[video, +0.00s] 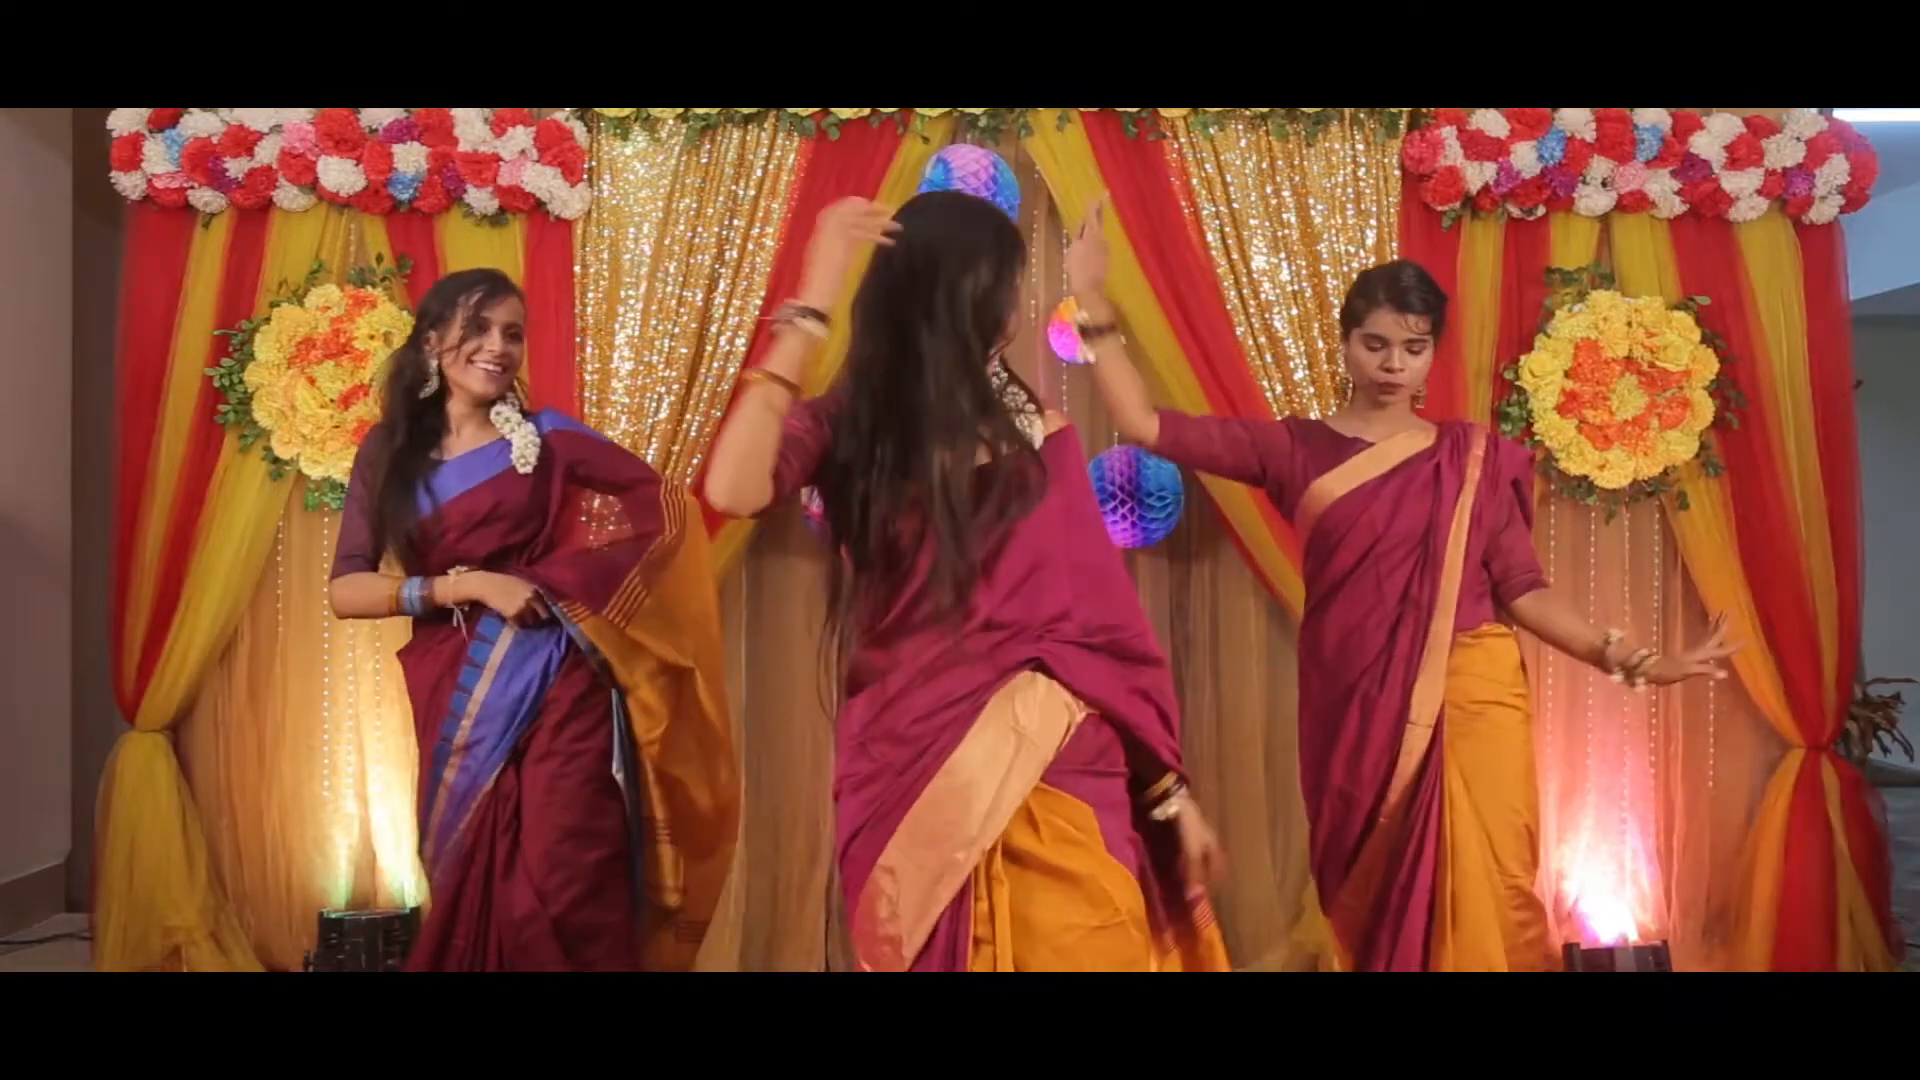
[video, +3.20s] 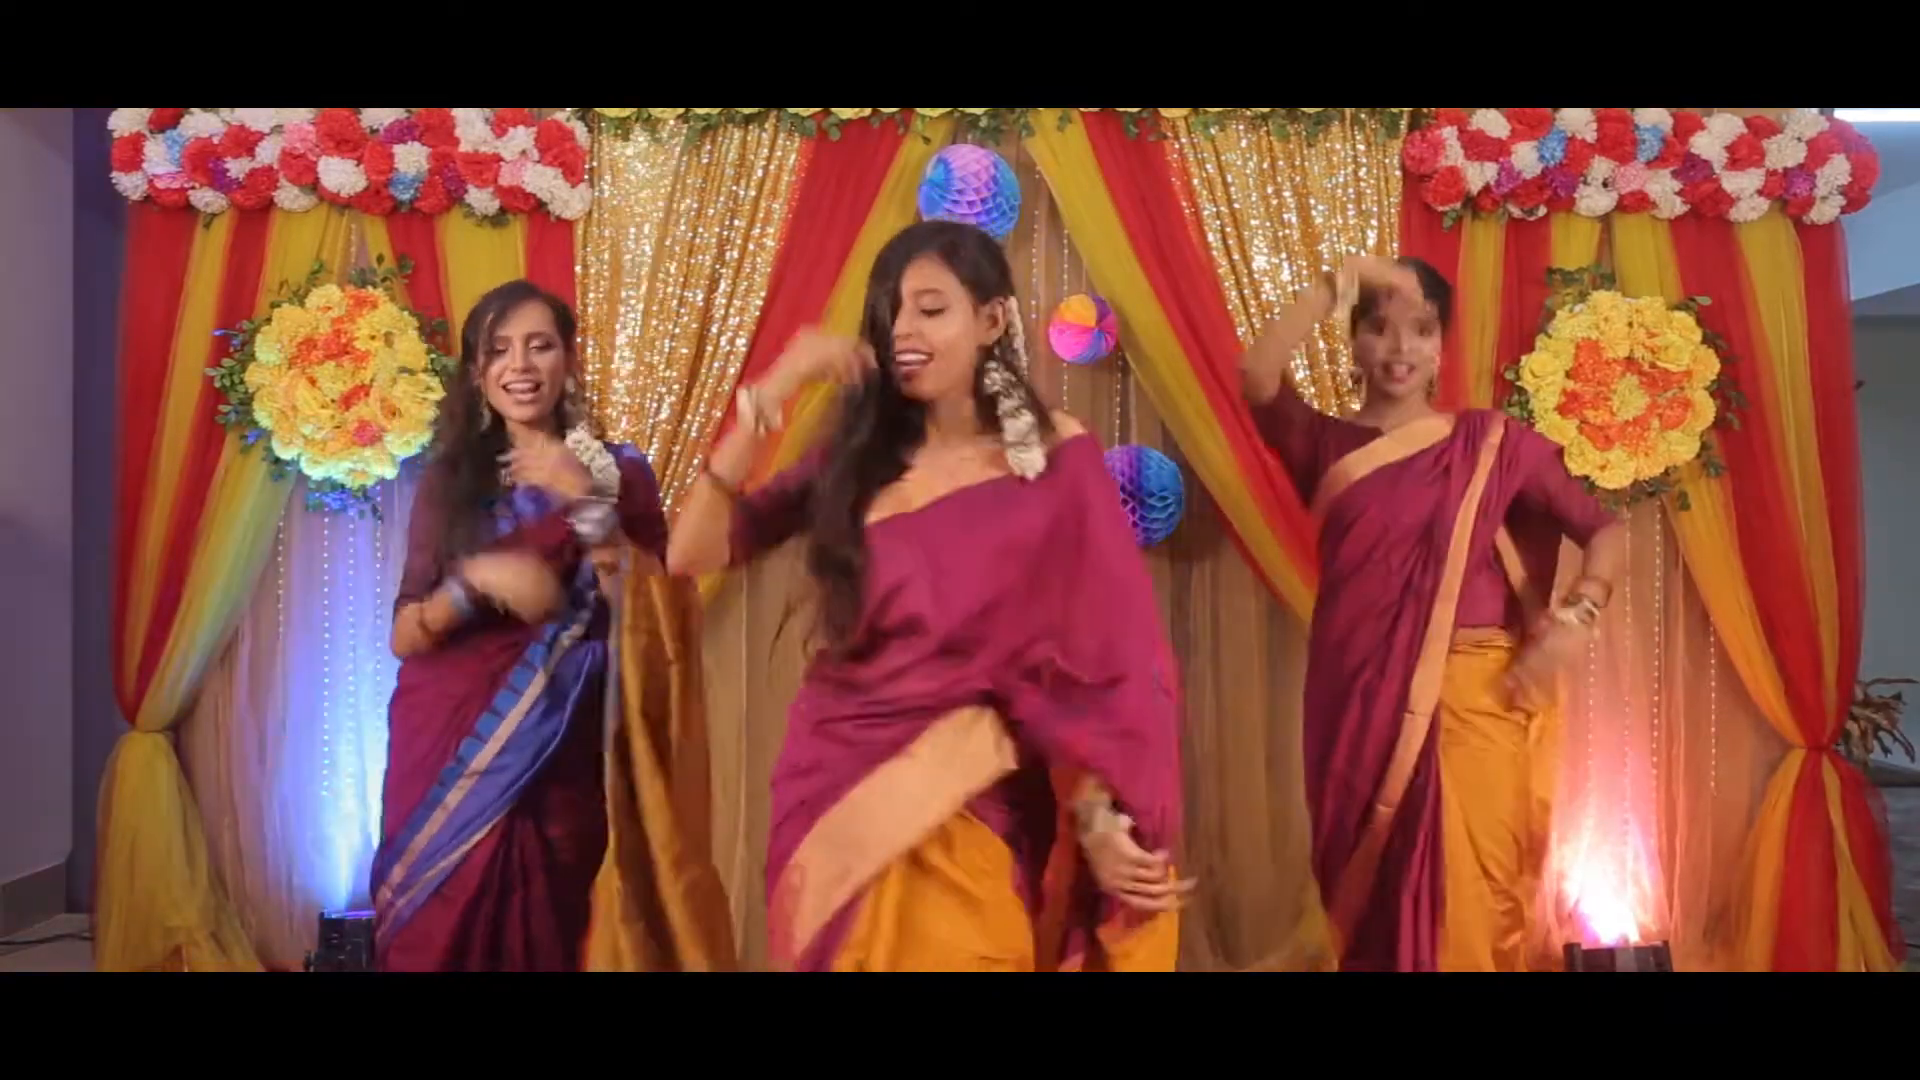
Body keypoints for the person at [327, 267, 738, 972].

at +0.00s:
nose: (499, 347)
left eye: (513, 334)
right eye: (479, 330)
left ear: (525, 348)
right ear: (433, 341)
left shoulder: (547, 434)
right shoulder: (390, 450)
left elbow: (658, 506)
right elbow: (346, 590)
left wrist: (564, 584)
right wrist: (465, 583)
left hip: (563, 686)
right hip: (458, 696)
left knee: (560, 890)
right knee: (471, 896)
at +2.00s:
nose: (484, 359)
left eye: (505, 346)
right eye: (466, 342)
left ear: (526, 367)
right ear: (436, 363)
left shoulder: (567, 454)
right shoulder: (416, 487)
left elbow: (666, 562)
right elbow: (377, 627)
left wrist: (554, 634)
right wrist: (464, 632)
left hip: (551, 724)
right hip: (443, 730)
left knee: (556, 924)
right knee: (453, 920)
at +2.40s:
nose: (489, 358)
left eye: (510, 345)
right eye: (471, 339)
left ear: (531, 369)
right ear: (441, 358)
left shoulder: (570, 460)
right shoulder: (414, 482)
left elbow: (620, 584)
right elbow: (408, 607)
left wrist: (603, 691)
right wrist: (379, 687)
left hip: (540, 735)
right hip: (433, 742)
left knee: (541, 933)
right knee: (440, 933)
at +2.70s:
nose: (511, 340)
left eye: (531, 328)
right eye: (491, 323)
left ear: (551, 352)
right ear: (458, 343)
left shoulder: (591, 456)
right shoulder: (417, 457)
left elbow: (618, 584)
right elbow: (395, 582)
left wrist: (648, 579)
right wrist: (377, 651)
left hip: (570, 711)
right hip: (453, 717)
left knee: (566, 919)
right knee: (456, 916)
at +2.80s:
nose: (518, 371)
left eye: (537, 356)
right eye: (498, 354)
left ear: (558, 381)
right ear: (466, 377)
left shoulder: (598, 492)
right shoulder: (420, 489)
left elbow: (623, 650)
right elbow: (384, 627)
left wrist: (650, 575)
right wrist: (417, 661)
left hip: (577, 750)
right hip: (461, 747)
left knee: (576, 942)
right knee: (462, 937)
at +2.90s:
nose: (526, 374)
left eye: (544, 358)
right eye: (505, 359)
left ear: (568, 380)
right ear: (475, 382)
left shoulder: (598, 489)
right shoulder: (428, 484)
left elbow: (638, 647)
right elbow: (383, 631)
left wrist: (608, 572)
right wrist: (517, 663)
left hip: (586, 762)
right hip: (466, 767)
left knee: (587, 952)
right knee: (466, 945)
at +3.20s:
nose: (522, 362)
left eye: (541, 345)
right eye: (501, 348)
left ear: (569, 361)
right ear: (477, 370)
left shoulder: (619, 472)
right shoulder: (450, 477)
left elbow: (651, 616)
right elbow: (404, 634)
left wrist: (587, 506)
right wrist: (473, 577)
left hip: (567, 728)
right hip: (448, 725)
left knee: (550, 926)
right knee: (437, 923)